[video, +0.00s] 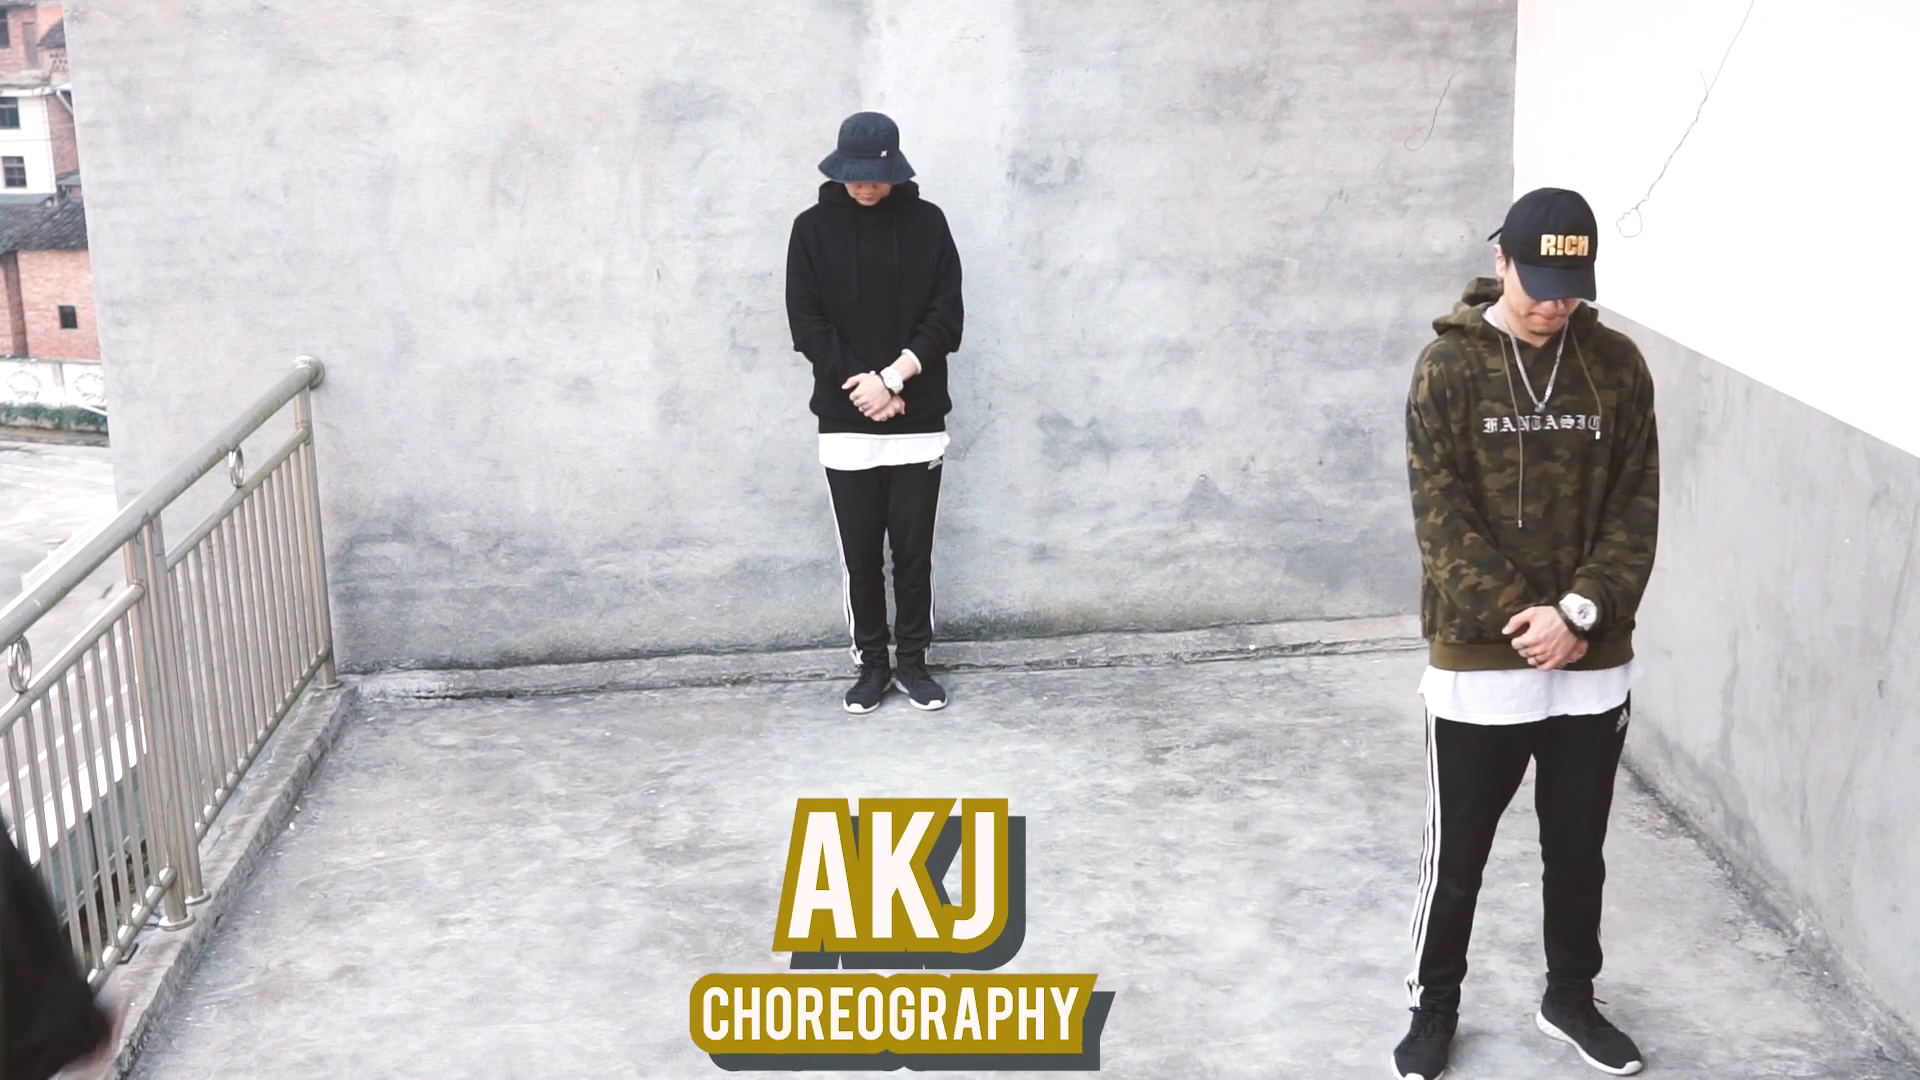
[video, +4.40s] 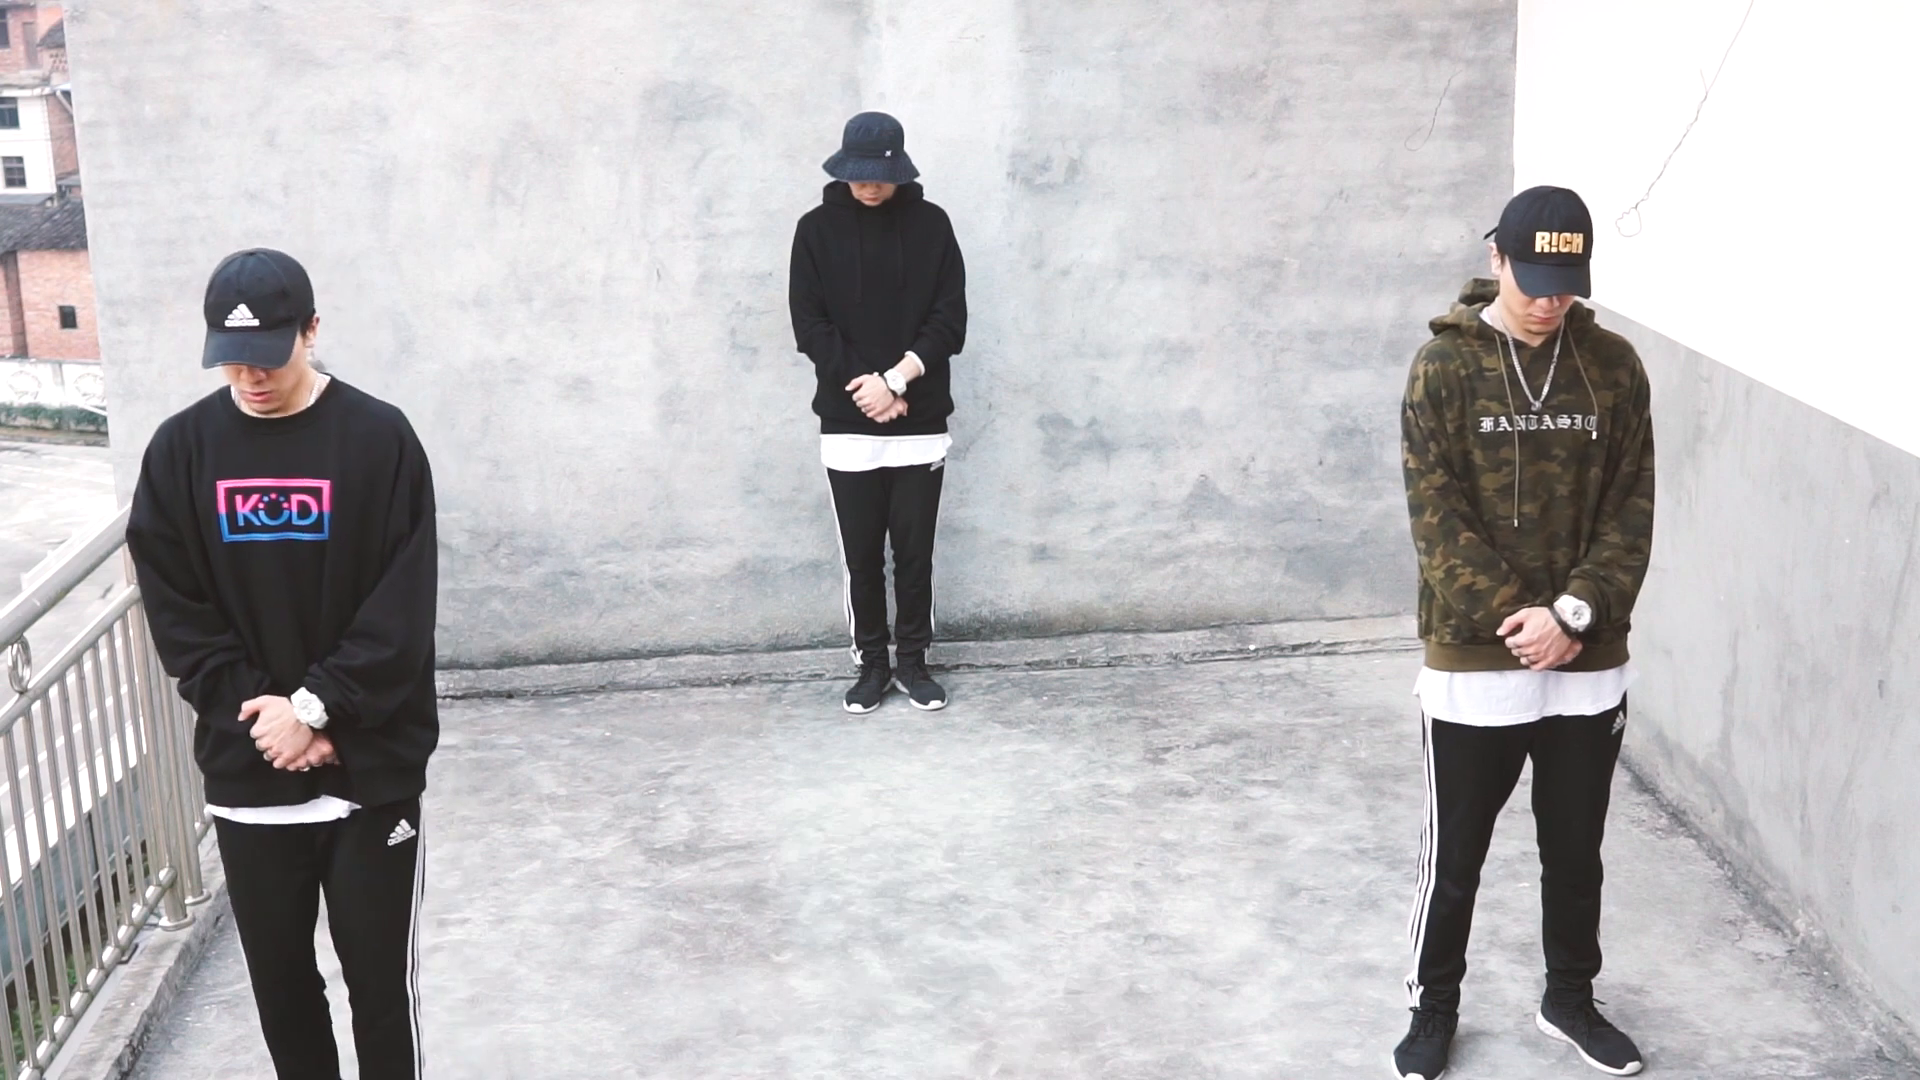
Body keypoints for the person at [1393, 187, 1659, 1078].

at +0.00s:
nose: (1560, 304)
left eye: (1575, 286)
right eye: (1543, 285)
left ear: (1594, 274)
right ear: (1503, 262)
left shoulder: (1619, 365)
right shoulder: (1450, 364)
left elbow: (1637, 510)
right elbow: (1440, 517)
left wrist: (1584, 613)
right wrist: (1528, 621)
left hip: (1592, 662)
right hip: (1478, 663)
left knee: (1579, 851)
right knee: (1457, 854)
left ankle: (1571, 997)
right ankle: (1433, 1008)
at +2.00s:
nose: (1545, 300)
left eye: (1560, 283)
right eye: (1529, 281)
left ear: (1581, 270)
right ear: (1490, 259)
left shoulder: (1609, 364)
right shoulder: (1441, 363)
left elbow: (1629, 508)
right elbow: (1432, 514)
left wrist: (1576, 612)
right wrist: (1519, 620)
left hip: (1584, 661)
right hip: (1471, 663)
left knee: (1575, 850)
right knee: (1453, 854)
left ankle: (1571, 998)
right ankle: (1433, 1007)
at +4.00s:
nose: (1550, 300)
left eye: (1565, 284)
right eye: (1534, 281)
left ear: (1584, 272)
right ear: (1494, 259)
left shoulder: (1612, 365)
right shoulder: (1442, 362)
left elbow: (1629, 509)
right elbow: (1433, 514)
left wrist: (1575, 613)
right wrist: (1521, 621)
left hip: (1584, 659)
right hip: (1469, 661)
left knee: (1575, 848)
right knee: (1454, 852)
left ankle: (1570, 997)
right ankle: (1433, 1005)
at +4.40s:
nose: (1554, 302)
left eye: (1569, 285)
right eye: (1538, 283)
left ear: (1588, 273)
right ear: (1498, 260)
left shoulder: (1615, 365)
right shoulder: (1445, 362)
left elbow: (1633, 509)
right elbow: (1436, 513)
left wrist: (1578, 613)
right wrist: (1521, 620)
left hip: (1587, 660)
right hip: (1473, 662)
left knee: (1577, 849)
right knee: (1455, 852)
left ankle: (1571, 997)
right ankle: (1434, 1005)